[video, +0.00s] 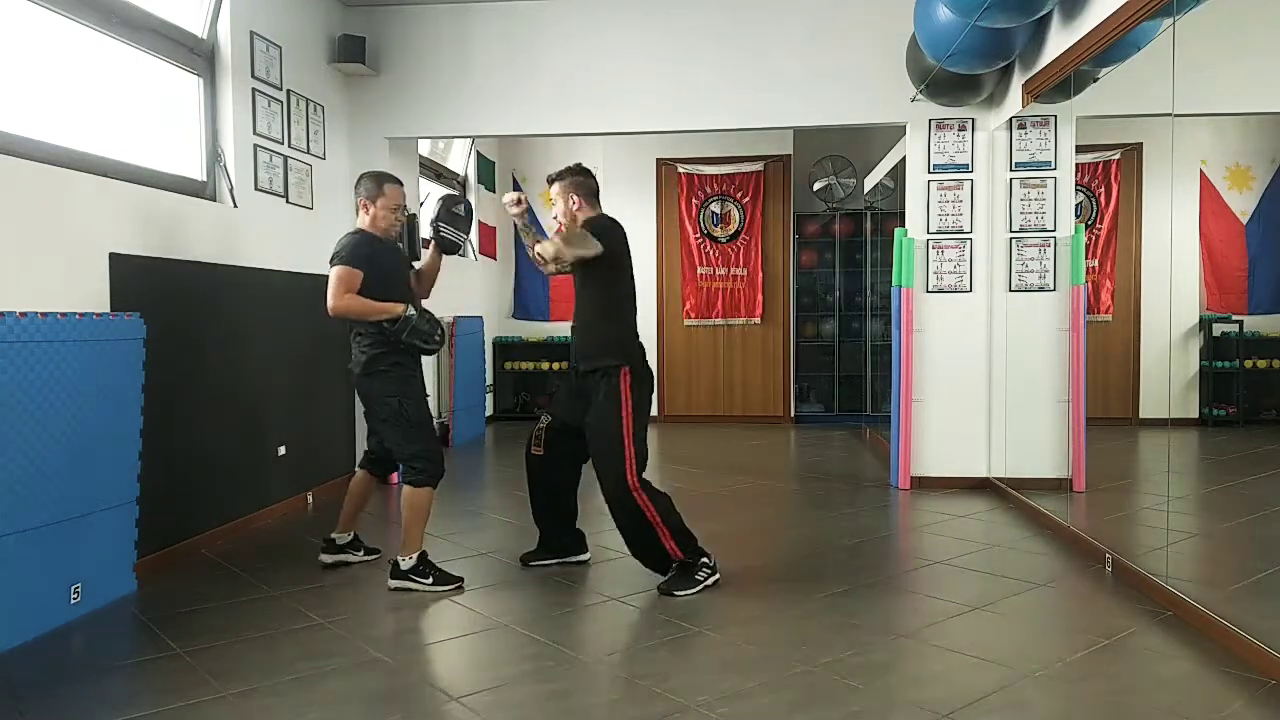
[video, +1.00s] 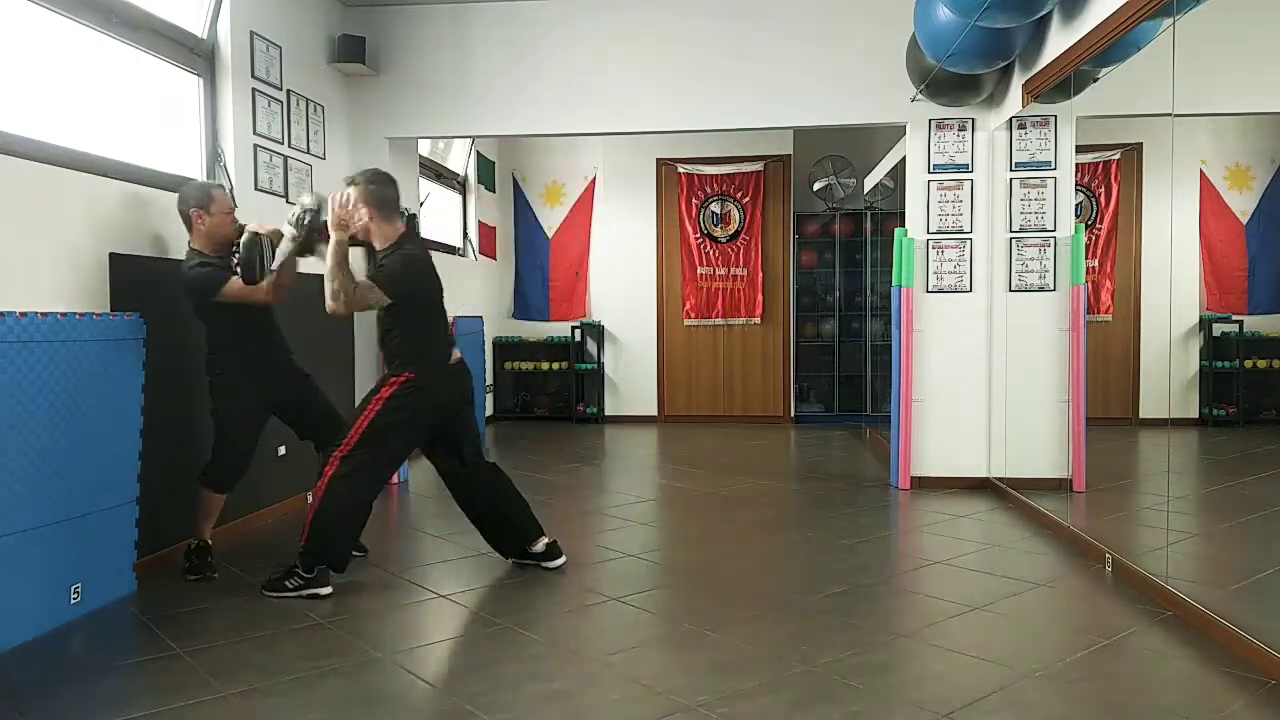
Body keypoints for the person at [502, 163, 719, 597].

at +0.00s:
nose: (553, 212)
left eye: (556, 203)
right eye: (553, 204)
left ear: (575, 200)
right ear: (581, 201)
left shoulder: (605, 229)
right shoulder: (584, 240)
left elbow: (558, 252)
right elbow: (546, 258)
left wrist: (553, 239)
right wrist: (523, 219)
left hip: (619, 373)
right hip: (587, 375)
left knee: (623, 482)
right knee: (545, 454)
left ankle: (693, 562)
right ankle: (562, 544)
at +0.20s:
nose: (533, 215)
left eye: (536, 208)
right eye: (533, 209)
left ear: (554, 205)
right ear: (574, 206)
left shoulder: (550, 235)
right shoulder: (604, 247)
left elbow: (483, 232)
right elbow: (543, 250)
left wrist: (464, 236)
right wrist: (506, 240)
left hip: (587, 374)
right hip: (574, 377)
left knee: (616, 473)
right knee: (538, 457)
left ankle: (696, 556)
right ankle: (558, 546)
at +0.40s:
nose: (519, 200)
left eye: (522, 191)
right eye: (521, 193)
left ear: (545, 187)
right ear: (552, 189)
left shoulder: (565, 216)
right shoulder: (549, 228)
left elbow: (501, 194)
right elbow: (498, 221)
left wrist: (476, 164)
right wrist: (476, 174)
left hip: (539, 349)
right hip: (552, 352)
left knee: (451, 416)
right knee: (530, 448)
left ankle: (516, 480)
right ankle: (558, 543)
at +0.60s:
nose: (507, 220)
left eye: (510, 210)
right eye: (505, 213)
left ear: (534, 204)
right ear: (536, 207)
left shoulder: (550, 249)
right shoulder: (536, 248)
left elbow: (493, 297)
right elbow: (495, 295)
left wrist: (466, 257)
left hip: (484, 356)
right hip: (499, 363)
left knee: (377, 354)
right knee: (496, 456)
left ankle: (433, 432)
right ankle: (544, 542)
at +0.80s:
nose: (449, 223)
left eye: (453, 214)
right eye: (448, 215)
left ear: (474, 212)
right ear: (486, 214)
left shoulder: (473, 254)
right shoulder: (524, 260)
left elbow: (397, 272)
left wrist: (398, 227)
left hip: (447, 380)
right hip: (489, 381)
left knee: (366, 449)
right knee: (486, 464)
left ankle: (349, 554)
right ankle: (538, 543)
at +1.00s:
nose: (348, 217)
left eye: (351, 209)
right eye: (348, 209)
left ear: (367, 213)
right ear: (390, 208)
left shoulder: (400, 263)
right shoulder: (408, 253)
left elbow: (338, 302)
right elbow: (358, 292)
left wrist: (338, 240)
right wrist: (339, 242)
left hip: (412, 384)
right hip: (446, 378)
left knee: (346, 467)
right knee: (467, 467)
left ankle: (313, 569)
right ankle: (534, 545)